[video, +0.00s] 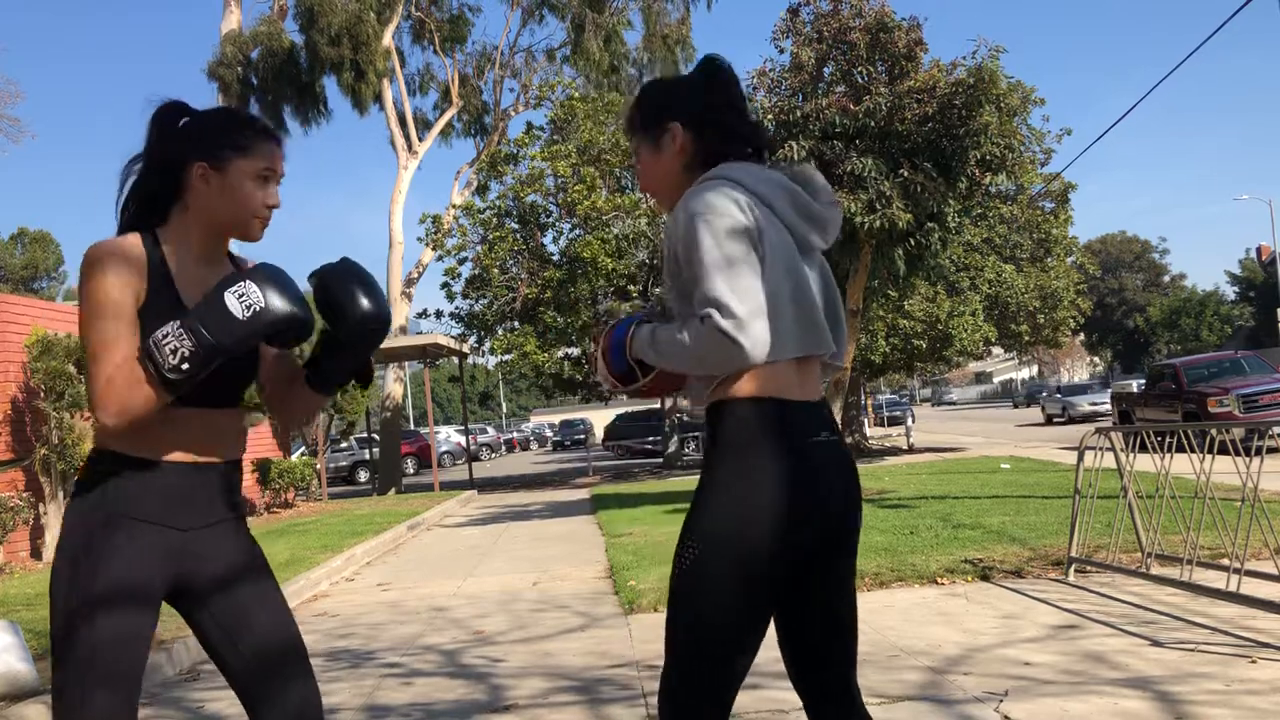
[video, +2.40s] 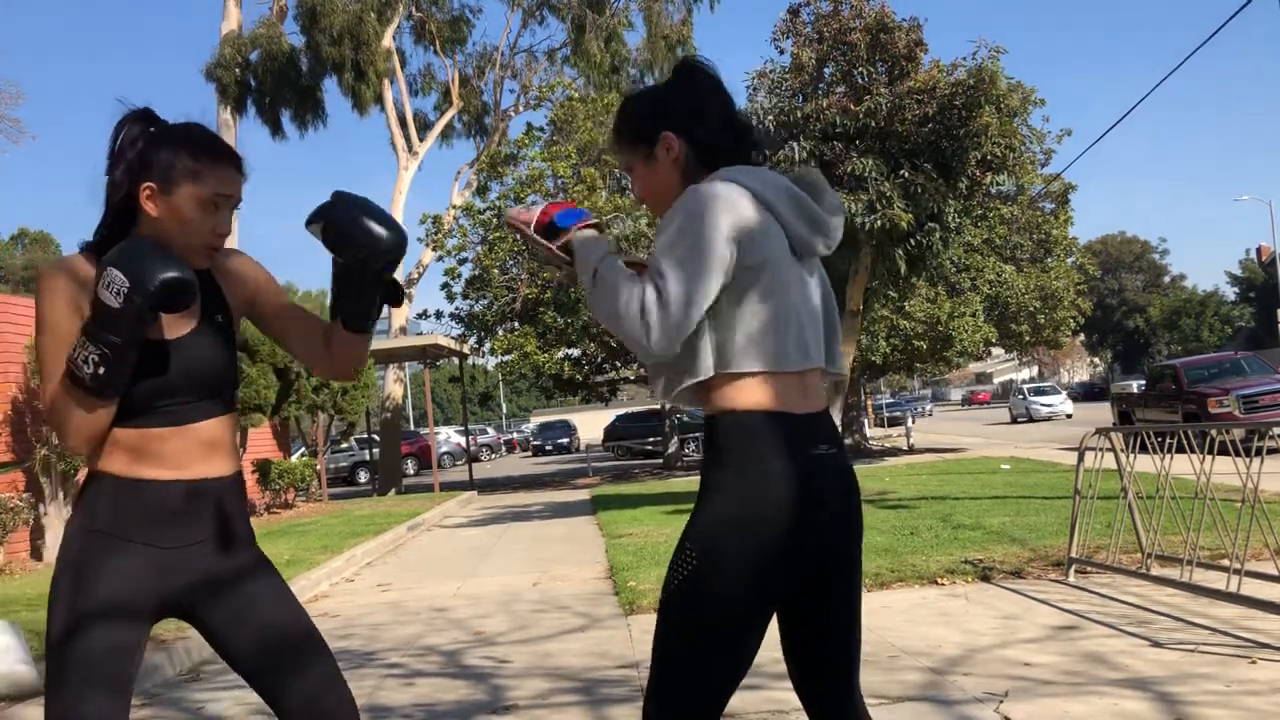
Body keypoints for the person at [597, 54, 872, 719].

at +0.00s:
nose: (638, 176)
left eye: (639, 155)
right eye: (634, 159)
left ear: (677, 139)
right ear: (690, 134)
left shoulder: (710, 205)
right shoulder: (779, 203)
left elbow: (735, 336)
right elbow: (821, 348)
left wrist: (636, 339)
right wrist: (687, 374)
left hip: (751, 467)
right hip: (821, 461)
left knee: (691, 700)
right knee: (833, 693)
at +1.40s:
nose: (626, 160)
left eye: (632, 140)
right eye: (627, 142)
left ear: (676, 135)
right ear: (679, 136)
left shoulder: (708, 203)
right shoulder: (765, 202)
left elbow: (639, 343)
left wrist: (577, 252)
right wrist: (623, 353)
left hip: (750, 477)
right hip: (820, 469)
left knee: (682, 704)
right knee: (836, 697)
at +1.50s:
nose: (639, 164)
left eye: (645, 144)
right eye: (639, 147)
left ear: (690, 137)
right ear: (693, 135)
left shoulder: (724, 206)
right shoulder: (783, 206)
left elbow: (621, 325)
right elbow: (740, 345)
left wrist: (594, 213)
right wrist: (629, 346)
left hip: (757, 478)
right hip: (826, 471)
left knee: (686, 705)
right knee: (838, 701)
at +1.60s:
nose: (657, 166)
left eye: (662, 146)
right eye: (655, 149)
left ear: (707, 137)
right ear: (714, 136)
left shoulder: (738, 205)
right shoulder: (795, 206)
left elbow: (622, 298)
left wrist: (621, 191)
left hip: (766, 472)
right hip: (832, 468)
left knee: (698, 702)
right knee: (839, 695)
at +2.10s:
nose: (651, 176)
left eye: (656, 154)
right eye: (649, 158)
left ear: (691, 146)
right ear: (739, 143)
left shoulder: (721, 202)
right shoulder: (793, 206)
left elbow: (582, 243)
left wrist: (630, 140)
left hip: (753, 483)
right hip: (827, 477)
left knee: (678, 705)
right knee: (836, 698)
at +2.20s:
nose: (629, 187)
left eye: (629, 166)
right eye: (624, 169)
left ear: (665, 146)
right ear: (694, 139)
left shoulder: (699, 202)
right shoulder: (778, 207)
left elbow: (567, 283)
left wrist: (572, 165)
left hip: (746, 473)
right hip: (822, 469)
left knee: (679, 703)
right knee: (840, 697)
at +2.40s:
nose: (633, 193)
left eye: (631, 172)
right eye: (626, 177)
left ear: (670, 148)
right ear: (676, 146)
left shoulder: (712, 203)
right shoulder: (785, 211)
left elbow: (653, 327)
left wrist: (583, 241)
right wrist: (595, 268)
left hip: (750, 479)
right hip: (825, 474)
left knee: (678, 704)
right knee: (835, 696)